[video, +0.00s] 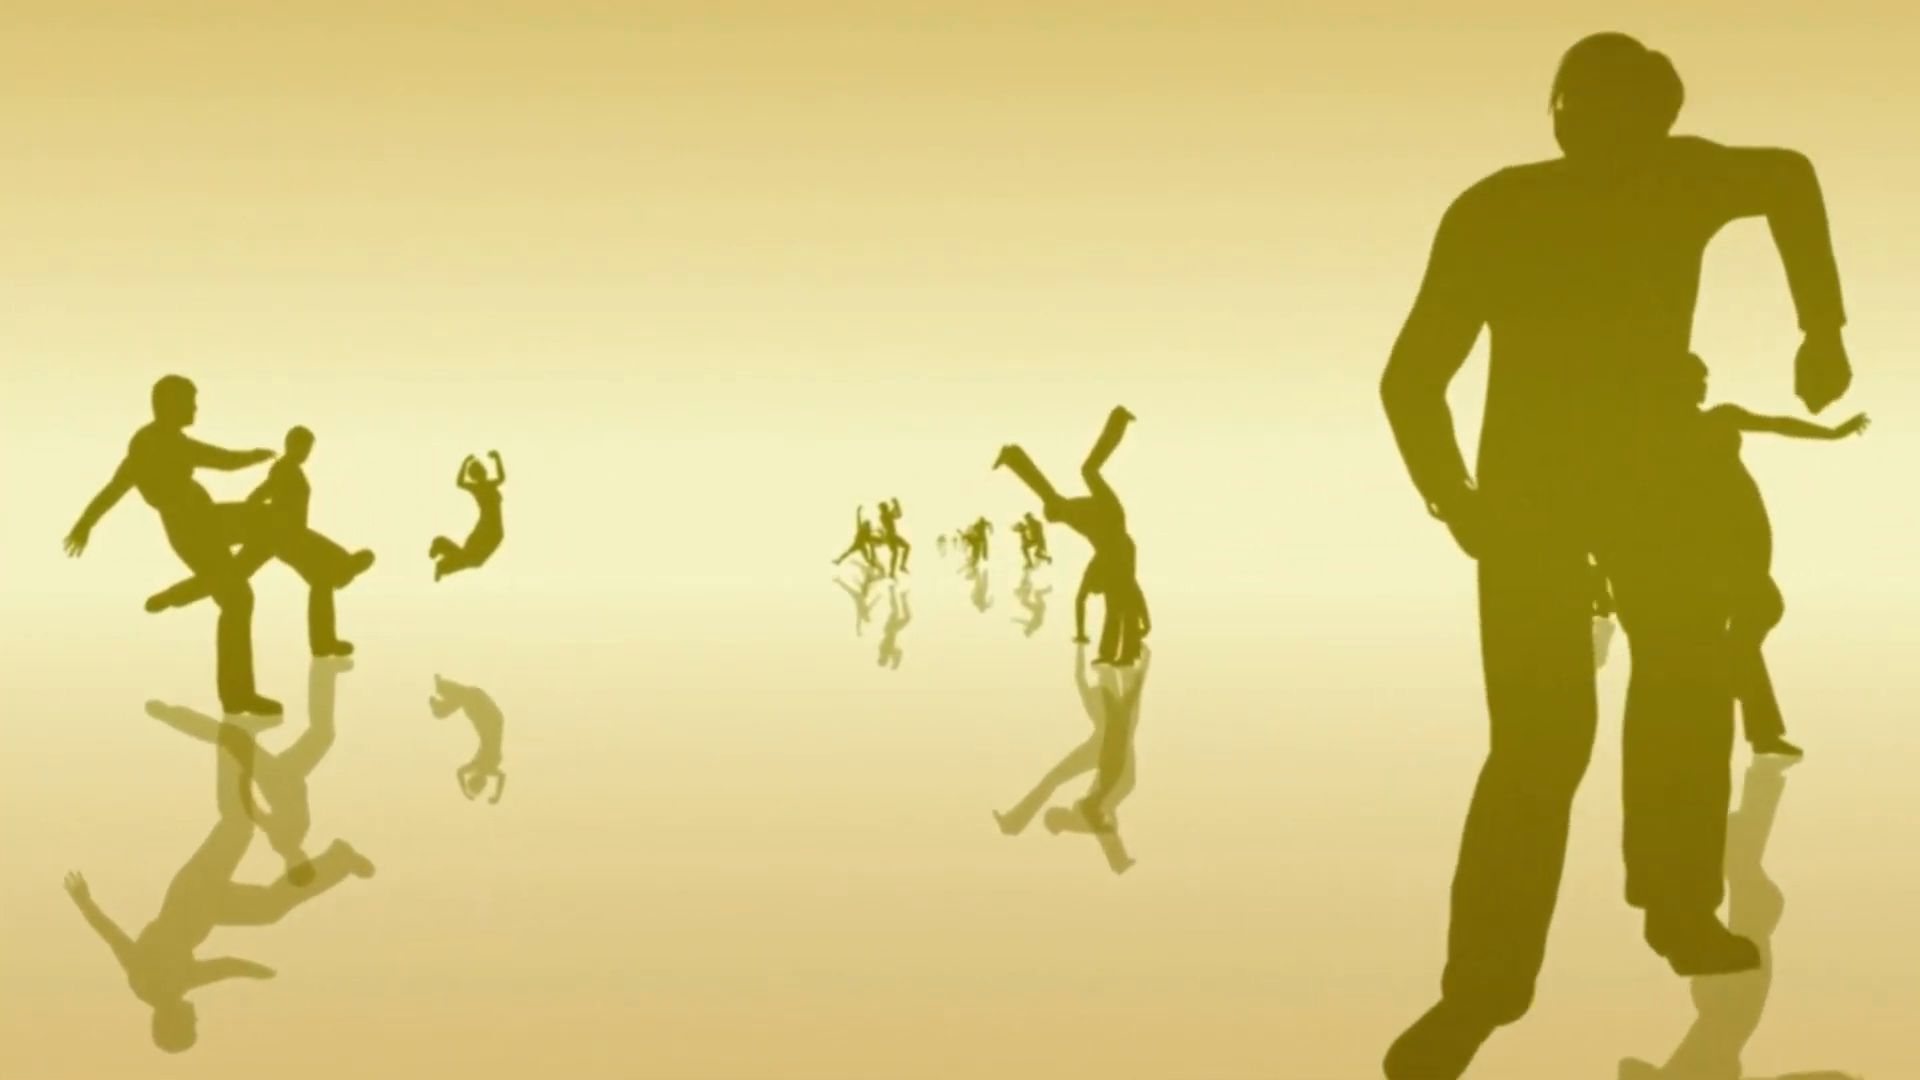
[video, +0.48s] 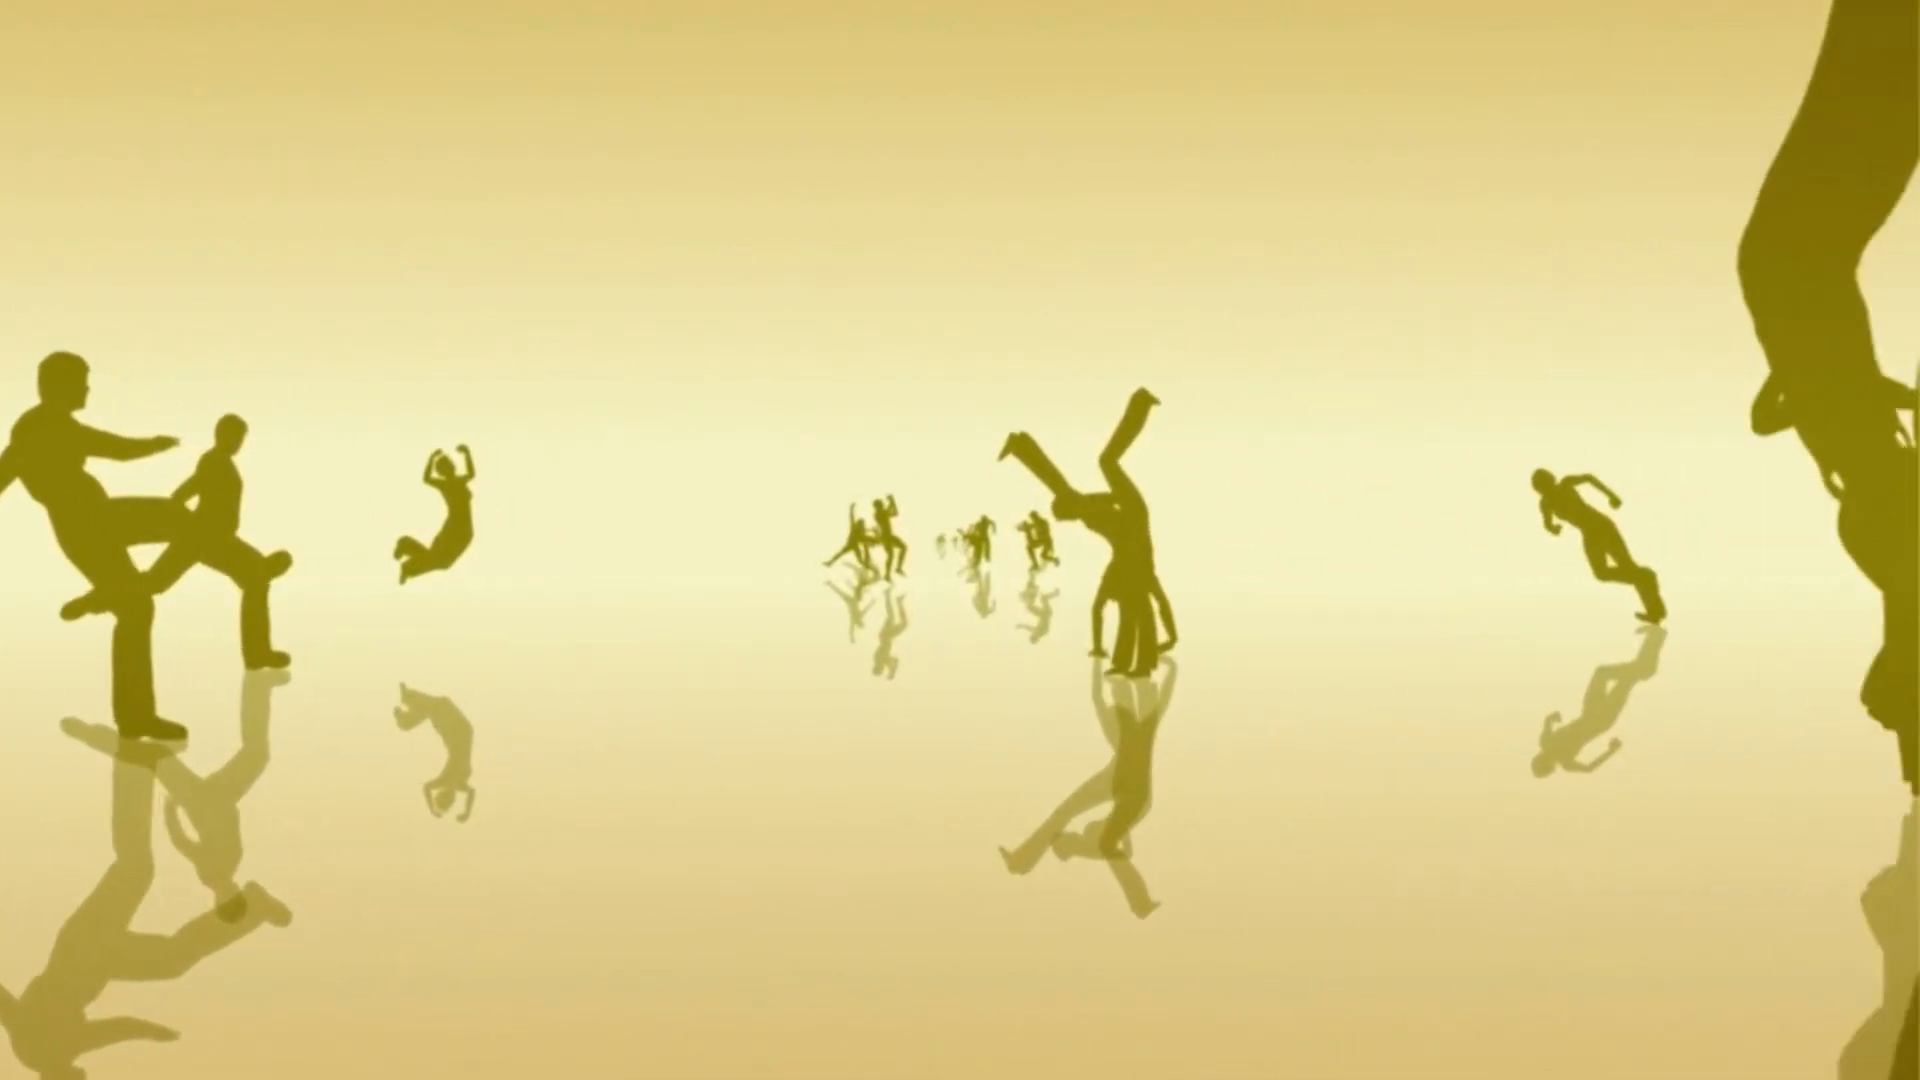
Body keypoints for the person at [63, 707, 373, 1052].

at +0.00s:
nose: (195, 1028)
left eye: (189, 1030)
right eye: (192, 1033)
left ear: (175, 1015)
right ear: (174, 1017)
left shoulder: (153, 976)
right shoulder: (147, 981)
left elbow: (226, 967)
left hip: (191, 891)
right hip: (212, 907)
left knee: (237, 824)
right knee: (271, 907)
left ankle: (230, 737)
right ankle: (338, 860)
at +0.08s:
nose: (172, 1047)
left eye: (167, 1049)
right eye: (169, 1052)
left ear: (153, 1029)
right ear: (151, 1033)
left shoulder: (131, 992)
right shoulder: (124, 995)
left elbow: (204, 980)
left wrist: (240, 986)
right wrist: (59, 914)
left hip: (169, 902)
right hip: (188, 919)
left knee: (215, 831)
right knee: (250, 919)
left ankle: (212, 744)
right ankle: (319, 872)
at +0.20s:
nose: (157, 1058)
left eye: (151, 1059)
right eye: (152, 1063)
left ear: (138, 1039)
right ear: (130, 1045)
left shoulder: (118, 1002)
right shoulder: (105, 1002)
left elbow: (190, 988)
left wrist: (229, 995)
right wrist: (41, 922)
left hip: (152, 910)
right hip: (172, 926)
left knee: (200, 837)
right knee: (235, 927)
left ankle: (197, 746)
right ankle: (306, 880)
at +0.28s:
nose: (130, 1058)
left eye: (126, 1061)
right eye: (124, 1066)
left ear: (114, 1049)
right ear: (98, 1057)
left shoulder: (110, 1018)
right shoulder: (69, 1004)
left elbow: (163, 1003)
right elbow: (33, 959)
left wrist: (202, 1008)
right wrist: (11, 931)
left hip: (128, 923)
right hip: (142, 936)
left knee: (178, 847)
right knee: (212, 939)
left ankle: (175, 751)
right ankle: (287, 888)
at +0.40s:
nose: (102, 1061)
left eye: (100, 1065)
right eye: (102, 1067)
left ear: (90, 1058)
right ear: (94, 1063)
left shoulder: (85, 1026)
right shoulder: (55, 1020)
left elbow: (148, 1012)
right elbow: (15, 970)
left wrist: (187, 1020)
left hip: (108, 929)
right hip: (129, 948)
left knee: (161, 855)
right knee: (198, 947)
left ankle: (159, 752)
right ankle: (272, 896)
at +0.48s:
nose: (68, 1066)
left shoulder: (46, 1044)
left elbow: (115, 1029)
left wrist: (155, 1033)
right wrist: (153, 1033)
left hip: (80, 947)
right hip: (102, 959)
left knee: (135, 864)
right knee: (172, 960)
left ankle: (133, 753)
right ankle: (250, 908)